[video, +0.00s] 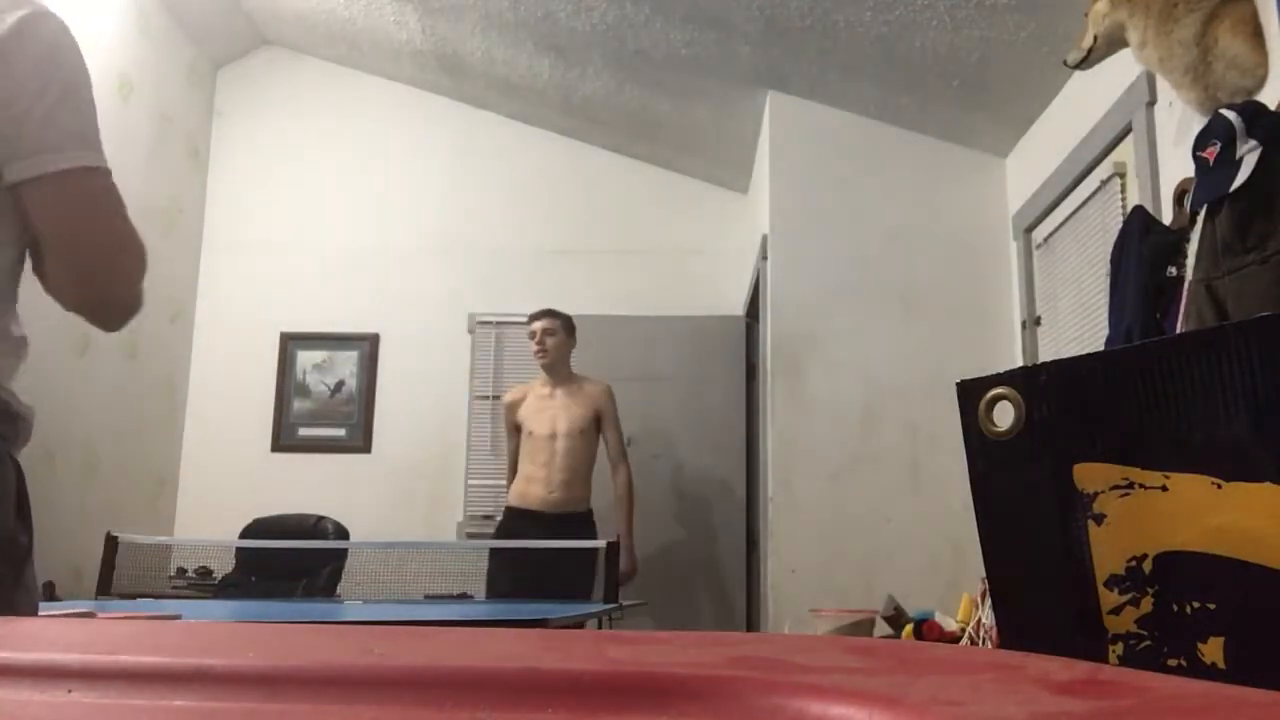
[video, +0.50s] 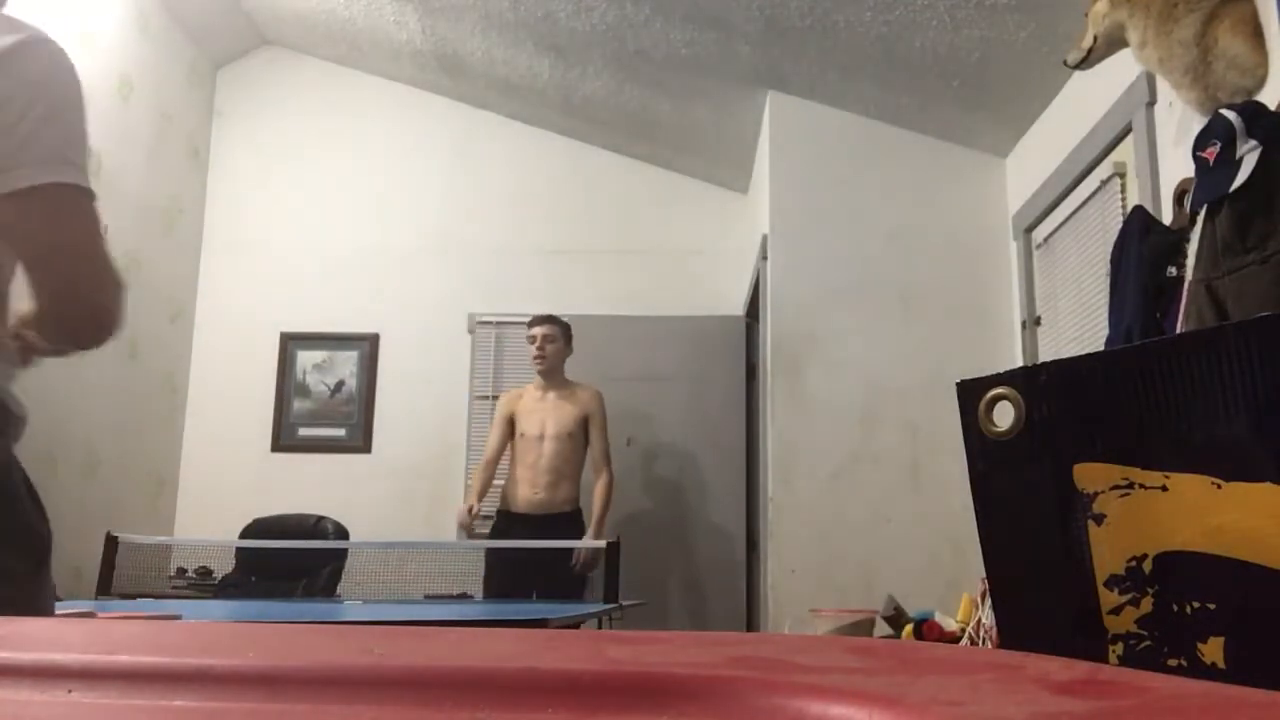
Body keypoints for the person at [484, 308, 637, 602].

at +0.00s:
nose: (539, 342)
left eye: (549, 334)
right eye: (533, 336)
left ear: (571, 342)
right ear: (529, 344)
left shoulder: (597, 395)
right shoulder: (516, 400)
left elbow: (620, 468)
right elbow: (513, 472)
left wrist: (626, 545)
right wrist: (511, 524)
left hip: (573, 528)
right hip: (518, 528)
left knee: (568, 635)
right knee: (505, 633)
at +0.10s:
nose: (543, 344)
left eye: (553, 336)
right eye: (537, 338)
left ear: (575, 343)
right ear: (534, 345)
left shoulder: (599, 396)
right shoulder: (518, 402)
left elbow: (622, 468)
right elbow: (511, 474)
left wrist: (626, 544)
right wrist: (508, 527)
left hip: (574, 529)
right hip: (519, 528)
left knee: (568, 636)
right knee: (504, 633)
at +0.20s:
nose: (546, 344)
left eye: (556, 337)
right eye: (540, 338)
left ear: (577, 345)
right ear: (536, 346)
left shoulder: (600, 397)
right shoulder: (520, 402)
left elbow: (621, 470)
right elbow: (506, 475)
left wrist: (622, 536)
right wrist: (489, 537)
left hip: (574, 529)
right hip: (520, 527)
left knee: (568, 635)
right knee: (508, 633)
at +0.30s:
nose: (547, 345)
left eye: (557, 338)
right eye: (541, 339)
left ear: (577, 346)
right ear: (537, 347)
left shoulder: (599, 398)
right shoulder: (520, 401)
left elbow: (617, 469)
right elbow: (497, 476)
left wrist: (616, 531)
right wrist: (476, 542)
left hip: (574, 531)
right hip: (519, 529)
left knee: (568, 637)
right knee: (506, 635)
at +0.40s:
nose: (545, 346)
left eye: (556, 339)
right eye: (540, 340)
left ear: (575, 348)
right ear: (535, 347)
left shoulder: (595, 398)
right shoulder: (518, 400)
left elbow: (612, 469)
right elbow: (493, 468)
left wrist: (606, 530)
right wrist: (471, 523)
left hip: (570, 530)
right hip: (517, 528)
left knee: (567, 634)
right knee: (504, 630)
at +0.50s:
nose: (538, 347)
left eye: (548, 340)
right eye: (533, 341)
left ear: (568, 349)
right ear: (528, 348)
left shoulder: (587, 400)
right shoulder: (511, 400)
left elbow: (602, 473)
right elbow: (489, 463)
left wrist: (594, 534)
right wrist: (474, 499)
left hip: (562, 527)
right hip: (510, 526)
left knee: (563, 630)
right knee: (500, 626)